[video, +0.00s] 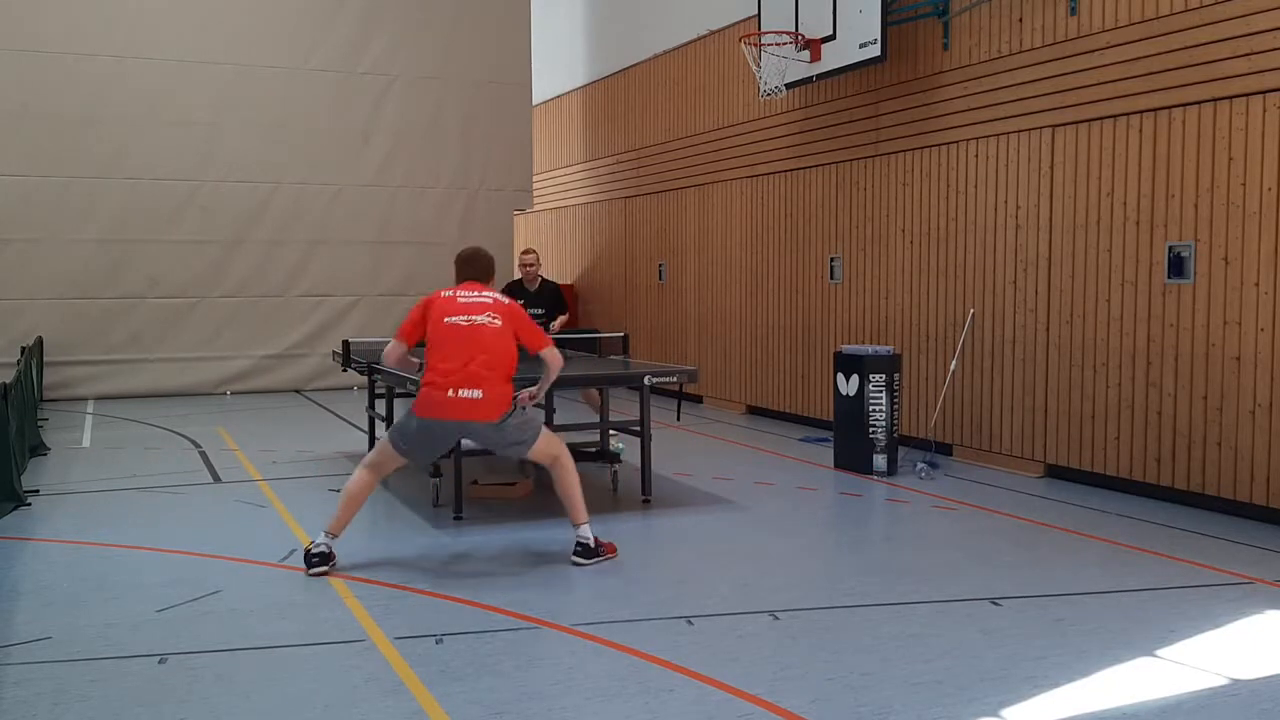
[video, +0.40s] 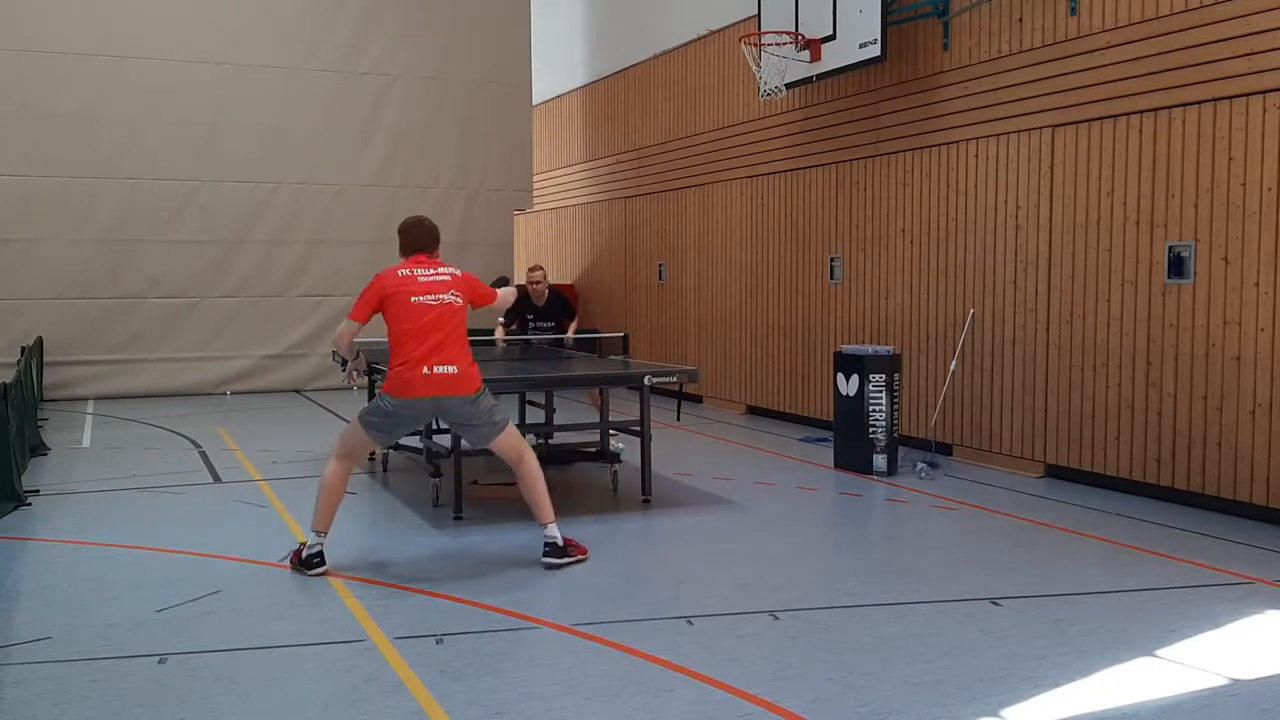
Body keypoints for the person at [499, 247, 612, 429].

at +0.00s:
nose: (527, 269)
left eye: (531, 265)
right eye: (523, 266)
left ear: (539, 266)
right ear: (519, 267)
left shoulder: (551, 288)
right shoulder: (510, 289)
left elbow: (565, 314)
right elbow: (499, 313)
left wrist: (559, 322)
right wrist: (515, 325)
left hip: (548, 344)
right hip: (520, 345)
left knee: (581, 375)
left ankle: (607, 423)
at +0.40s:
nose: (535, 287)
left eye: (538, 283)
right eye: (531, 283)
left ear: (546, 283)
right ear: (526, 284)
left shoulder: (557, 297)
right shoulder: (521, 301)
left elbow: (574, 318)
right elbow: (502, 326)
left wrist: (570, 335)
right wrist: (500, 343)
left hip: (558, 353)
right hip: (529, 354)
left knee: (588, 379)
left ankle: (606, 421)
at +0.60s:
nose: (545, 287)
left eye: (549, 282)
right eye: (541, 283)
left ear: (556, 281)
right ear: (535, 282)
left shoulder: (565, 296)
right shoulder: (527, 298)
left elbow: (573, 319)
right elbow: (514, 318)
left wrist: (575, 334)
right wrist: (527, 325)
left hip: (562, 349)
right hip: (532, 349)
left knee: (590, 377)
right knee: (502, 373)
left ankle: (606, 424)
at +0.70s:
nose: (547, 274)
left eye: (551, 270)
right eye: (543, 271)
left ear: (557, 271)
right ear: (537, 271)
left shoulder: (566, 291)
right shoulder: (527, 290)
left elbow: (571, 315)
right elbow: (512, 307)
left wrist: (574, 326)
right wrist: (513, 310)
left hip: (561, 349)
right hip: (532, 349)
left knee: (589, 380)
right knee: (501, 369)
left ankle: (606, 428)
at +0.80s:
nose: (546, 269)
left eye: (550, 265)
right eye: (543, 266)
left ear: (557, 266)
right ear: (536, 267)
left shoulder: (566, 290)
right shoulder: (527, 287)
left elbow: (570, 315)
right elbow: (507, 303)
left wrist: (572, 325)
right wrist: (511, 309)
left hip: (560, 350)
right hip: (531, 350)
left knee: (588, 378)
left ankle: (607, 427)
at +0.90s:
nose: (543, 270)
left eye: (547, 267)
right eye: (539, 267)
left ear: (553, 268)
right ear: (533, 269)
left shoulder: (564, 291)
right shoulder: (524, 289)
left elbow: (569, 315)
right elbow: (503, 306)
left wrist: (570, 326)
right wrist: (508, 313)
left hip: (558, 350)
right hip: (529, 350)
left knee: (588, 380)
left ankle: (607, 427)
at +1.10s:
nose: (536, 278)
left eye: (540, 274)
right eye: (532, 275)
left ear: (547, 274)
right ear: (527, 276)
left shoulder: (558, 293)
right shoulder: (519, 293)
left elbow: (571, 315)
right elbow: (500, 316)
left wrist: (567, 327)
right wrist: (499, 331)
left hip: (555, 350)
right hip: (526, 349)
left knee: (584, 380)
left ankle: (607, 423)